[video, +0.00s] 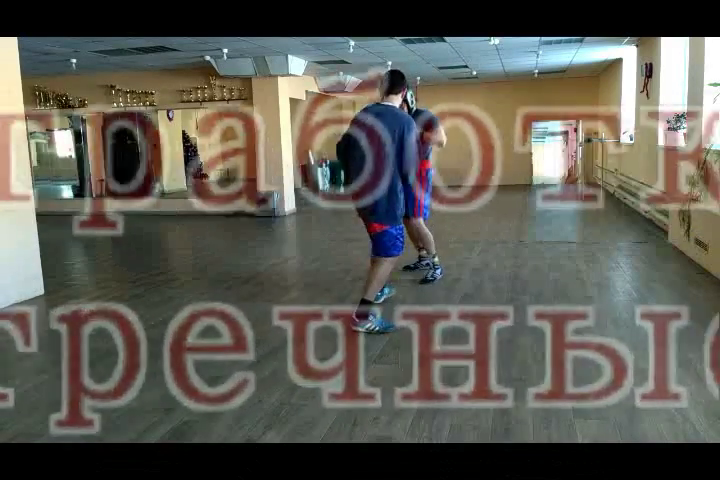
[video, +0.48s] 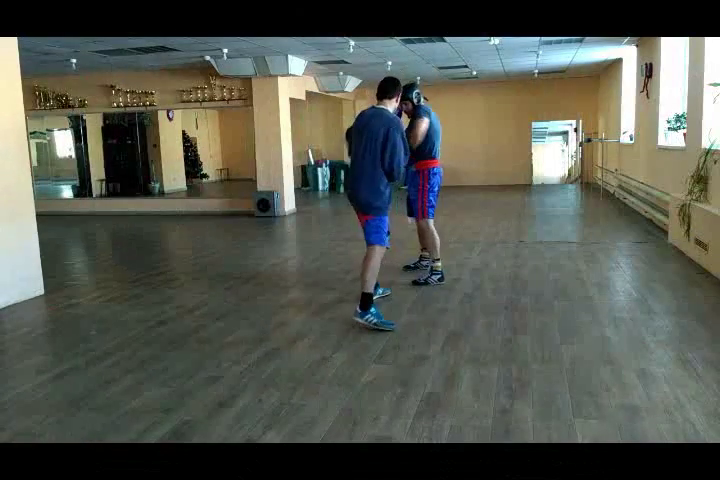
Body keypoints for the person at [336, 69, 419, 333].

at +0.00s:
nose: (403, 97)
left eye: (382, 86)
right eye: (405, 94)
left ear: (381, 89)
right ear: (403, 93)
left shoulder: (364, 114)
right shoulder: (405, 121)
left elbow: (345, 148)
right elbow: (407, 167)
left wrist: (354, 180)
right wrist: (411, 190)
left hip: (362, 191)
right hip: (388, 195)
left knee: (379, 245)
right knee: (389, 254)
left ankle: (376, 289)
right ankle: (364, 312)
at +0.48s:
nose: (401, 103)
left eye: (400, 99)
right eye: (401, 99)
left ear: (378, 95)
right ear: (397, 98)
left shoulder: (362, 117)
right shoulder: (392, 123)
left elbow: (353, 150)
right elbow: (396, 165)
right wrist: (398, 181)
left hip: (355, 185)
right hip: (374, 188)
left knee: (377, 238)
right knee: (377, 245)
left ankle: (370, 287)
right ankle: (365, 308)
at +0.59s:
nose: (398, 99)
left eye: (397, 95)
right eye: (398, 95)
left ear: (376, 91)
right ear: (393, 94)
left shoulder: (367, 110)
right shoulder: (383, 117)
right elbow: (389, 162)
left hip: (358, 183)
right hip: (369, 187)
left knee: (374, 239)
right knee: (378, 241)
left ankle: (371, 287)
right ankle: (367, 302)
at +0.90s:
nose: (396, 97)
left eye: (396, 94)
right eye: (396, 93)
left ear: (375, 87)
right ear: (392, 91)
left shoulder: (362, 109)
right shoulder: (377, 114)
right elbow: (379, 160)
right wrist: (392, 160)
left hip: (356, 182)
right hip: (366, 187)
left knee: (370, 237)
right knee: (369, 241)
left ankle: (370, 285)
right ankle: (337, 297)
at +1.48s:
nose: (402, 101)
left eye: (402, 97)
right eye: (402, 96)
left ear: (382, 93)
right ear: (396, 96)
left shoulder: (371, 114)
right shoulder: (381, 119)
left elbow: (381, 139)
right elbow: (383, 165)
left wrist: (398, 117)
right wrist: (395, 164)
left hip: (375, 192)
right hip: (370, 193)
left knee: (392, 234)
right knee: (363, 241)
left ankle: (387, 280)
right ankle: (340, 297)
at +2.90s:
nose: (369, 109)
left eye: (370, 104)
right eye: (368, 103)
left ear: (356, 101)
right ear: (358, 100)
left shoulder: (354, 125)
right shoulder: (341, 125)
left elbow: (360, 156)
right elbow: (343, 170)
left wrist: (371, 136)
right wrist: (365, 162)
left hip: (359, 189)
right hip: (342, 193)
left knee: (379, 220)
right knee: (339, 233)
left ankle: (383, 267)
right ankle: (317, 272)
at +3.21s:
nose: (385, 106)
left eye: (387, 102)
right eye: (383, 101)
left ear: (380, 102)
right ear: (372, 100)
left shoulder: (382, 123)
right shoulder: (353, 124)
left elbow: (389, 141)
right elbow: (344, 161)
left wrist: (407, 121)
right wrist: (373, 162)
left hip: (375, 188)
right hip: (351, 189)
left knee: (386, 224)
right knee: (336, 229)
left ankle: (388, 265)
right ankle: (317, 272)